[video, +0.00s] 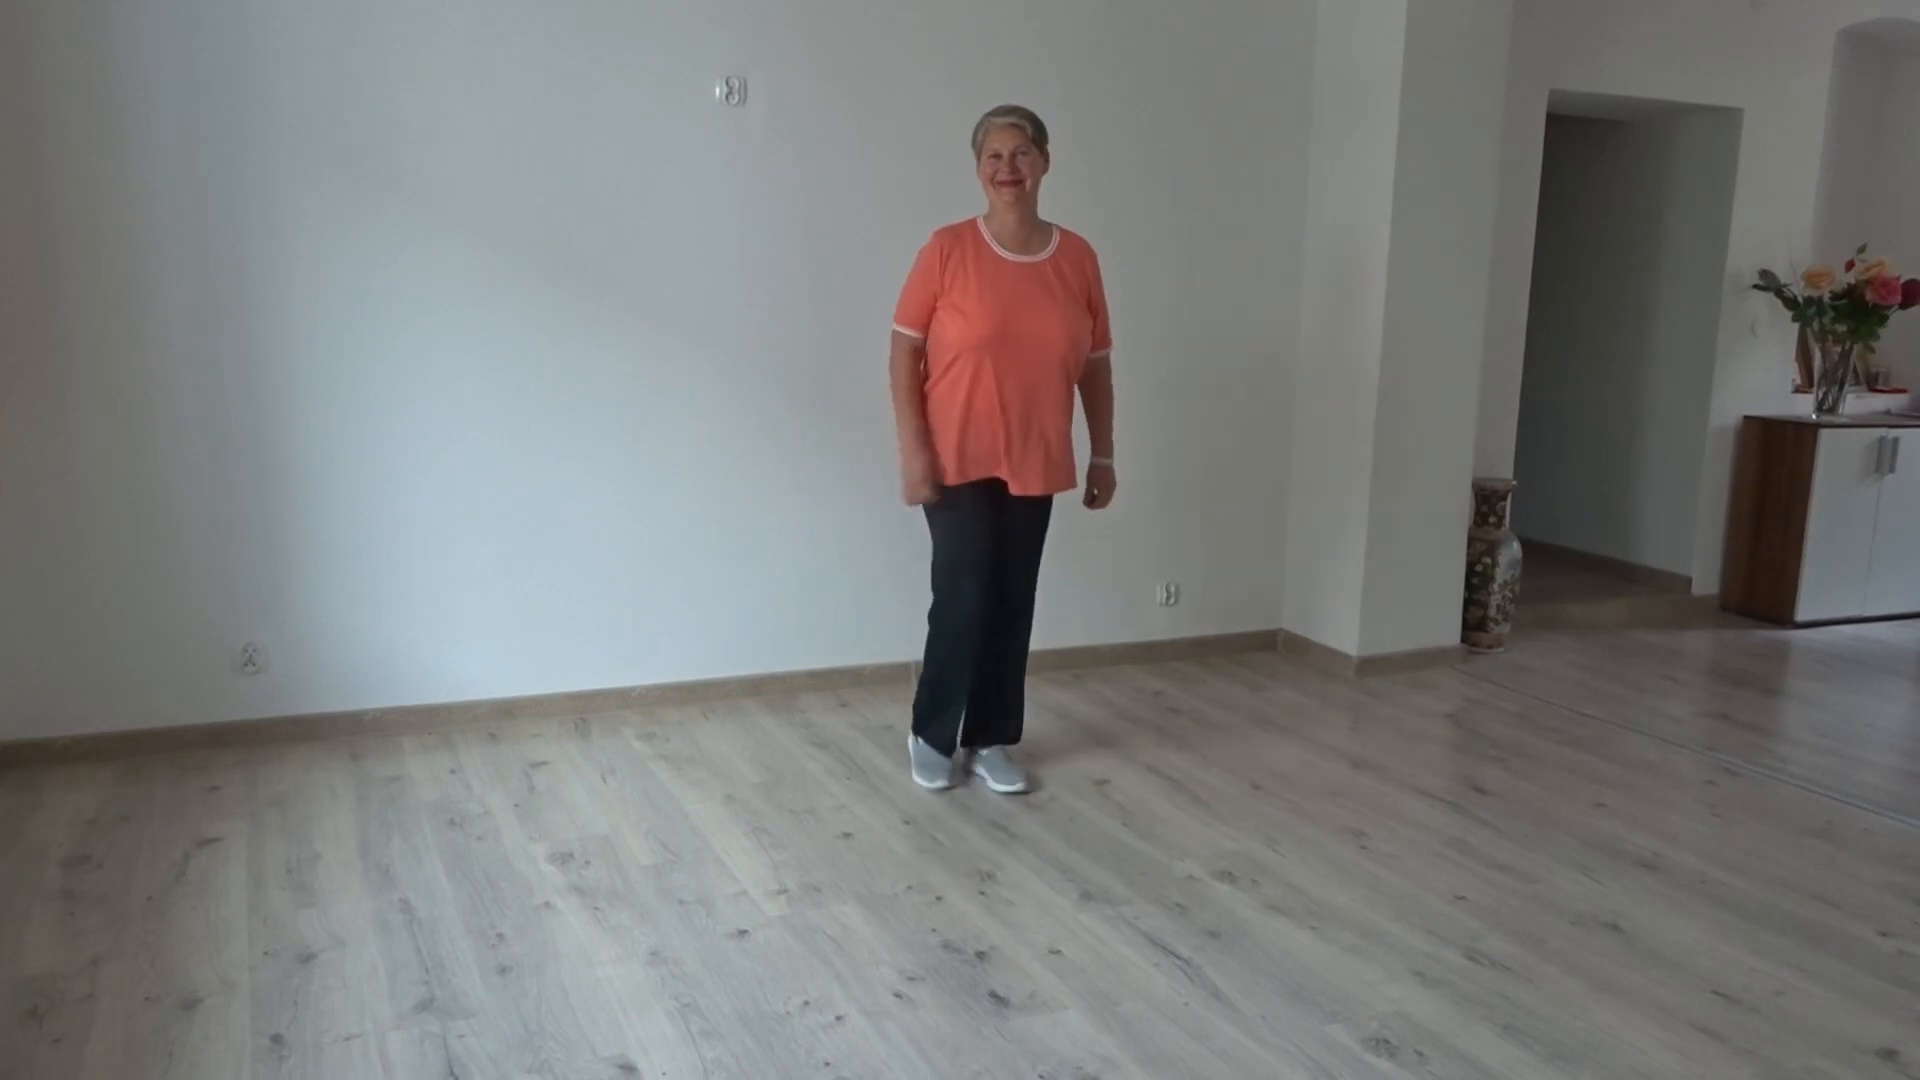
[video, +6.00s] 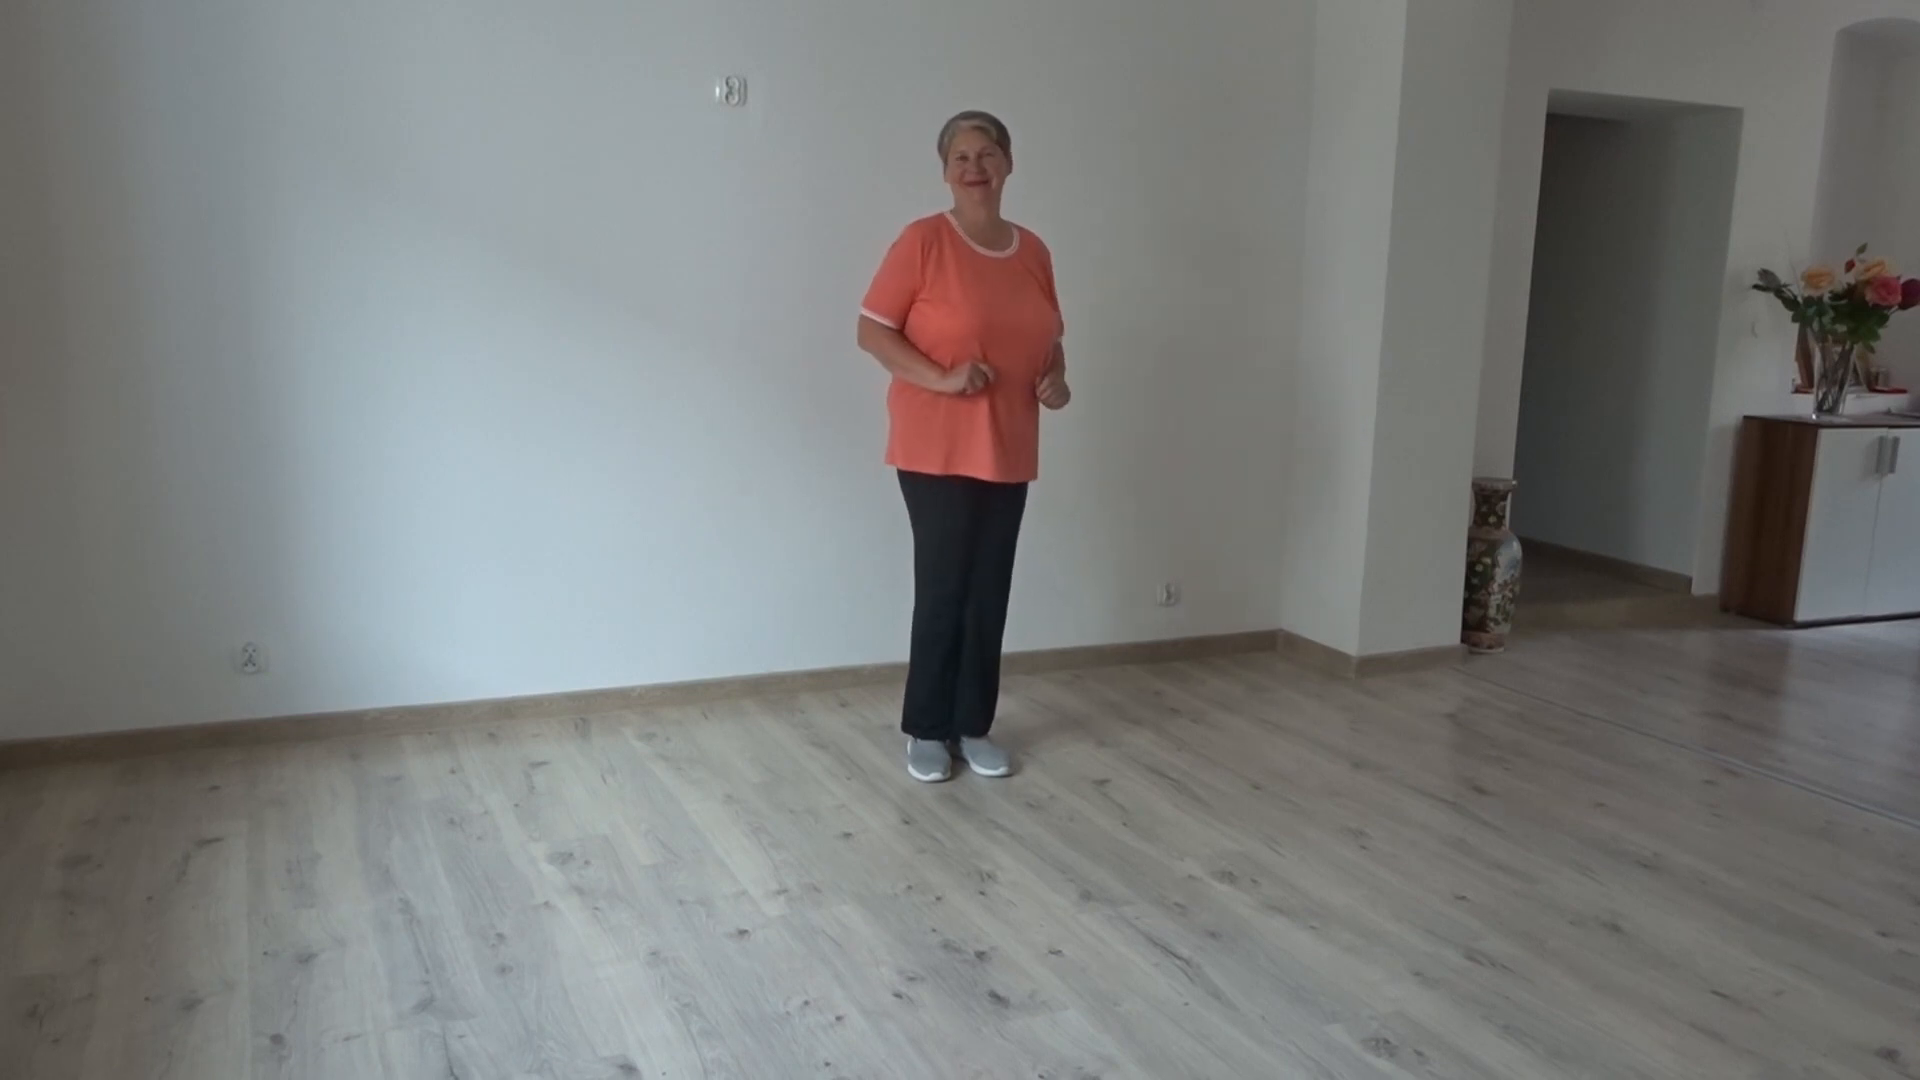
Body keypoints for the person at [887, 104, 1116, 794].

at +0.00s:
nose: (1008, 164)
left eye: (1021, 152)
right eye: (995, 155)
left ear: (1044, 164)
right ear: (978, 169)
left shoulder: (1075, 256)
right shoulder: (947, 249)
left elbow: (1095, 361)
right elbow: (905, 348)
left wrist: (1102, 454)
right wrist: (913, 449)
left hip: (1036, 465)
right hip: (957, 461)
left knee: (1013, 608)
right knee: (965, 602)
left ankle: (992, 741)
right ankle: (934, 736)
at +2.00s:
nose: (979, 158)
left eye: (989, 149)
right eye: (965, 149)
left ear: (1003, 165)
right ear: (939, 167)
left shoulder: (1034, 250)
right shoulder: (913, 247)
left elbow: (1061, 344)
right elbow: (870, 338)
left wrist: (1054, 415)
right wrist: (920, 383)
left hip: (1010, 460)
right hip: (936, 457)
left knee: (989, 600)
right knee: (942, 597)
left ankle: (971, 730)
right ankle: (925, 730)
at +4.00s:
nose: (998, 169)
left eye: (1009, 159)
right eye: (984, 160)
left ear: (1026, 170)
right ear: (963, 172)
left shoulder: (1042, 256)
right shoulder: (938, 241)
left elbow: (1052, 341)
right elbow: (885, 325)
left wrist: (1059, 378)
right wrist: (953, 368)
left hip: (1013, 458)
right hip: (943, 454)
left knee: (992, 596)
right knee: (946, 592)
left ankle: (973, 728)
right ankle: (926, 731)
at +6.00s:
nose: (976, 165)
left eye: (987, 154)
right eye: (962, 157)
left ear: (1007, 164)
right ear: (944, 170)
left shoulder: (1031, 250)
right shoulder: (921, 242)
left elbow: (1050, 334)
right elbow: (872, 332)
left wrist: (1052, 376)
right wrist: (939, 379)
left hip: (1009, 456)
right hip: (938, 454)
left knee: (988, 599)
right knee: (942, 597)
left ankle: (971, 730)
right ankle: (926, 732)